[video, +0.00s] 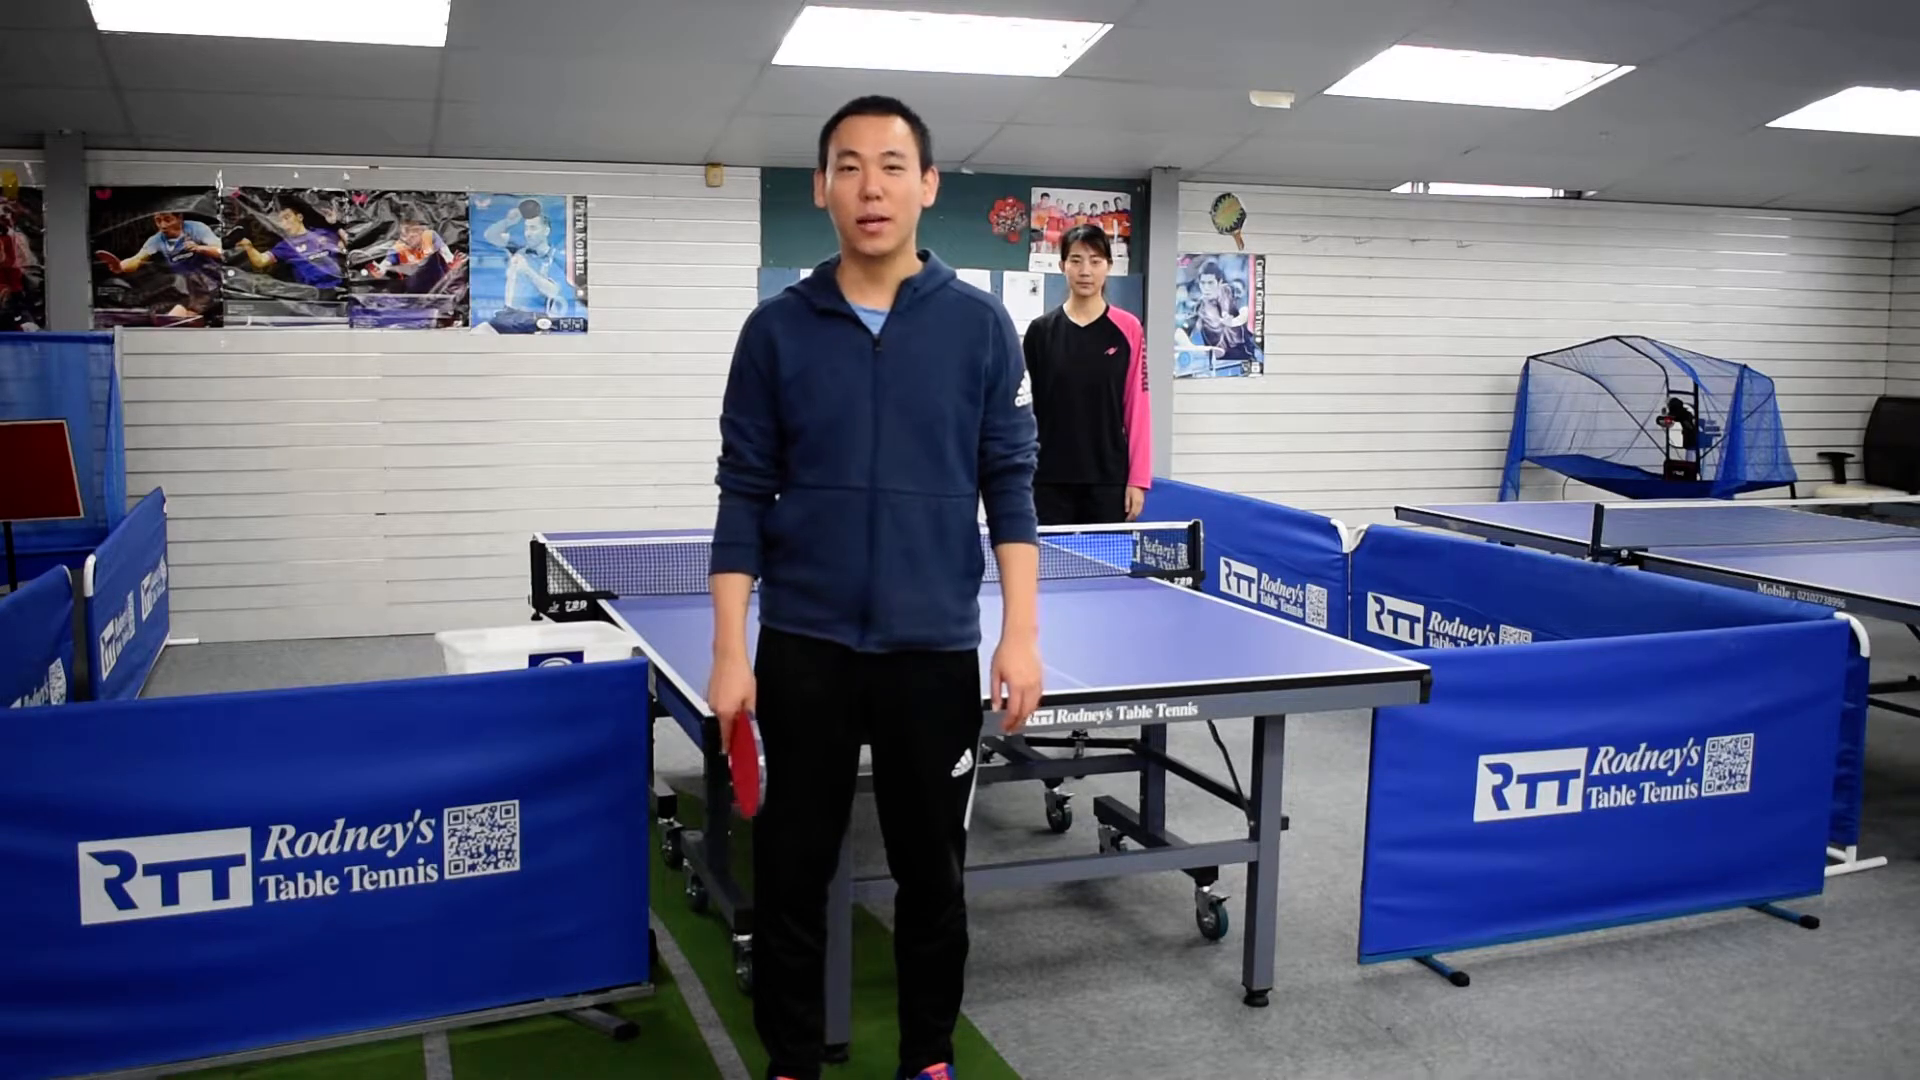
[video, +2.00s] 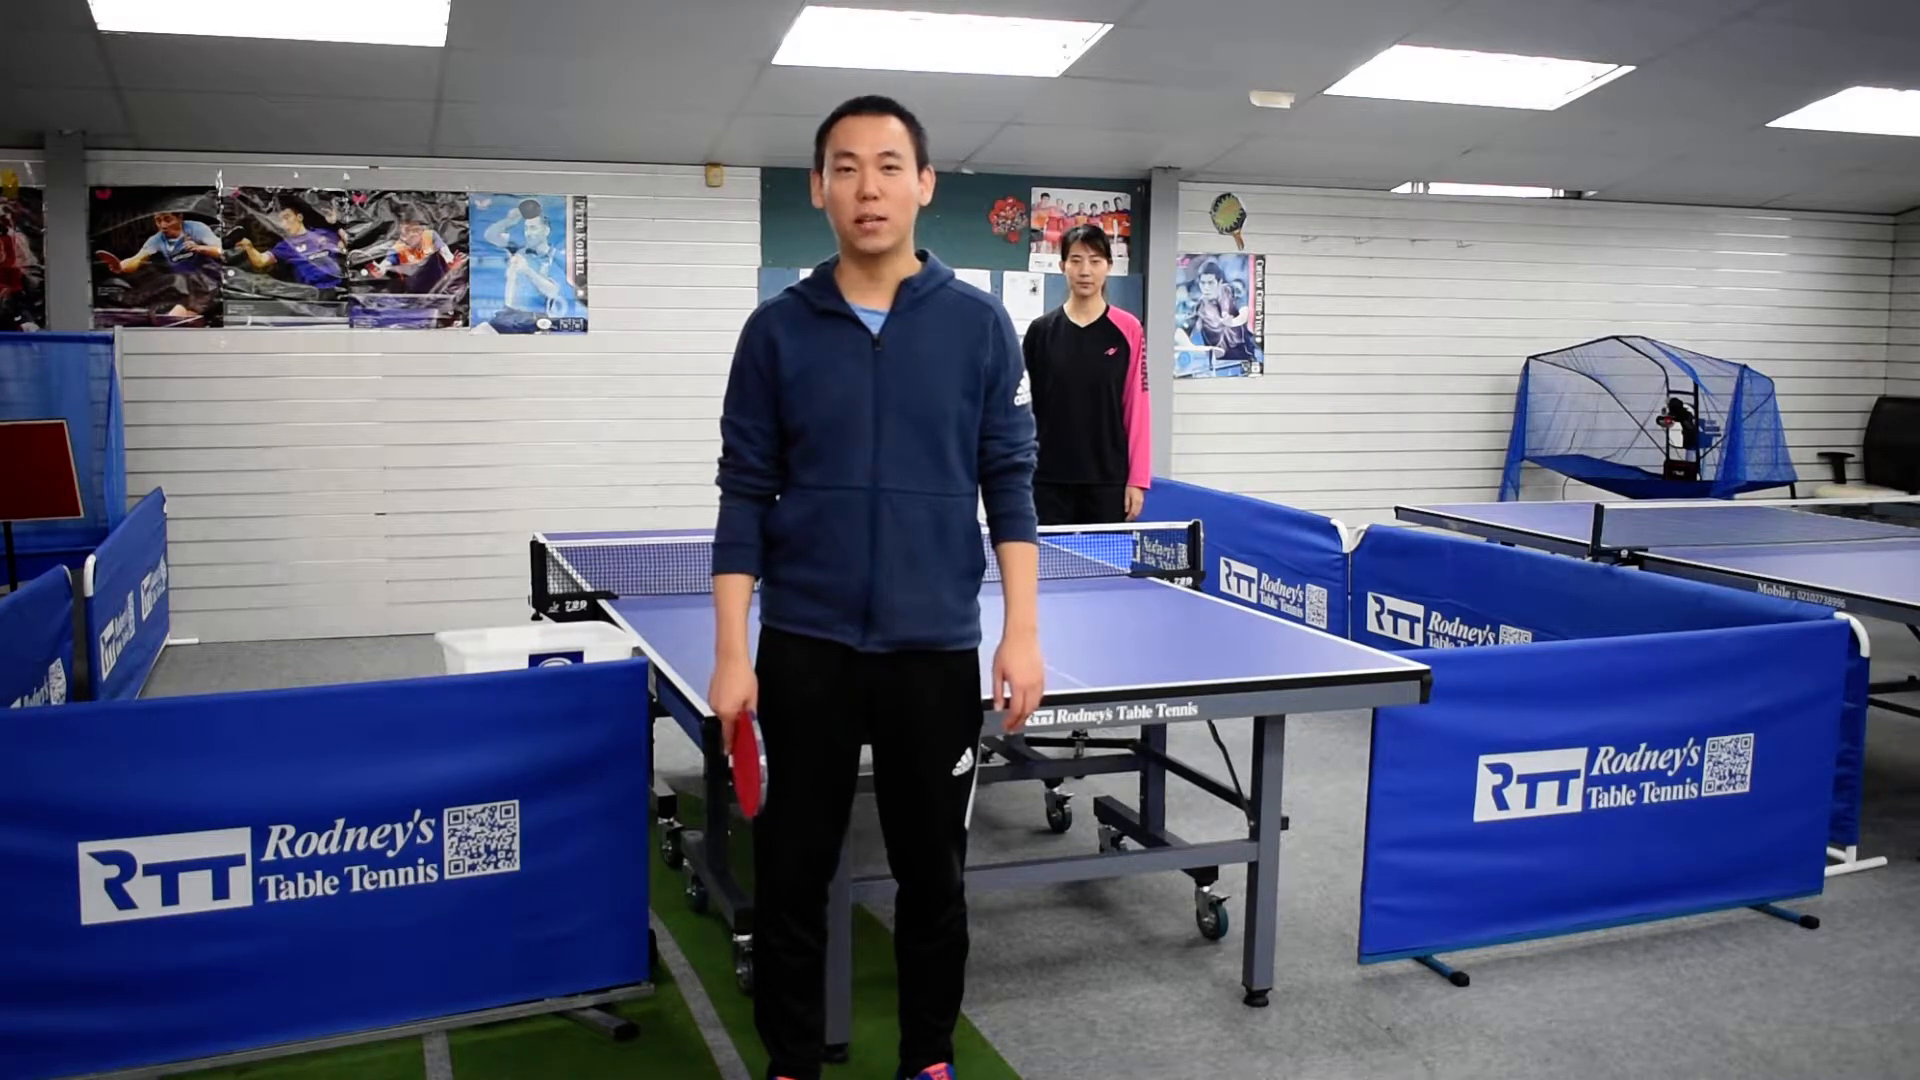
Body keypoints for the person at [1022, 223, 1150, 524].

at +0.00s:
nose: (1085, 271)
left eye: (1095, 262)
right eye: (1076, 261)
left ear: (1108, 268)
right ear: (1063, 266)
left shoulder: (1128, 329)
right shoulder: (1040, 331)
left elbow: (1137, 407)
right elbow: (1023, 405)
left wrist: (1138, 479)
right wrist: (1021, 478)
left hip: (1108, 482)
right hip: (1050, 481)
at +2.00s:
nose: (1085, 271)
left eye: (1095, 262)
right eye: (1076, 261)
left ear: (1108, 268)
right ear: (1063, 267)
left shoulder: (1128, 330)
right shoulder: (1040, 331)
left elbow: (1136, 407)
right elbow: (1023, 404)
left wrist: (1138, 478)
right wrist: (1020, 476)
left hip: (1107, 482)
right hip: (1049, 480)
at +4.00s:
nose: (1086, 271)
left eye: (1096, 262)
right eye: (1076, 261)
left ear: (1109, 268)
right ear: (1064, 267)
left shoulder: (1128, 329)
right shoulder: (1040, 331)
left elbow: (1137, 406)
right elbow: (1024, 406)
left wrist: (1138, 479)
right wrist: (1023, 477)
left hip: (1108, 482)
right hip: (1052, 480)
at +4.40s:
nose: (1086, 272)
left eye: (1096, 262)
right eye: (1076, 261)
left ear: (1109, 268)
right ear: (1064, 266)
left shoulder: (1129, 329)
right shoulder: (1040, 331)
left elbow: (1137, 407)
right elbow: (1023, 405)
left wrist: (1138, 479)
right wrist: (1021, 477)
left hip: (1108, 483)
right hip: (1050, 481)